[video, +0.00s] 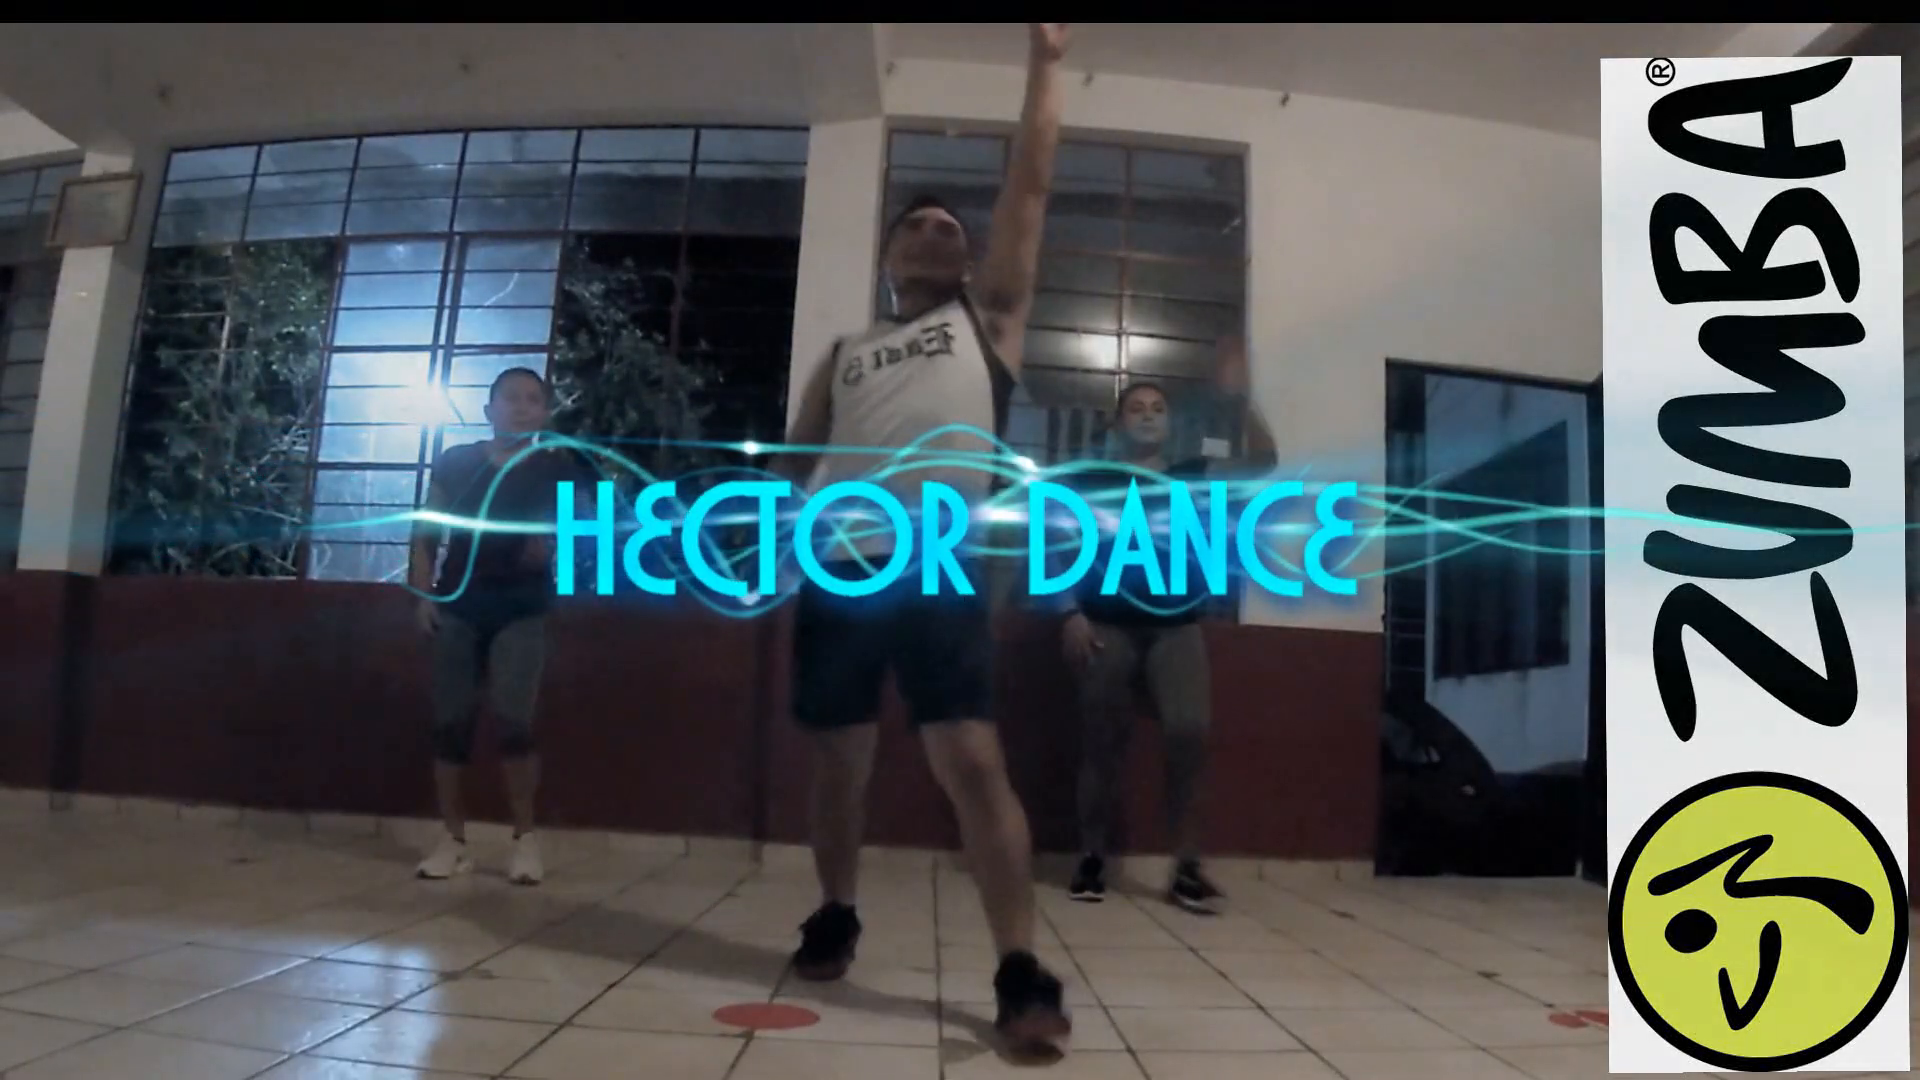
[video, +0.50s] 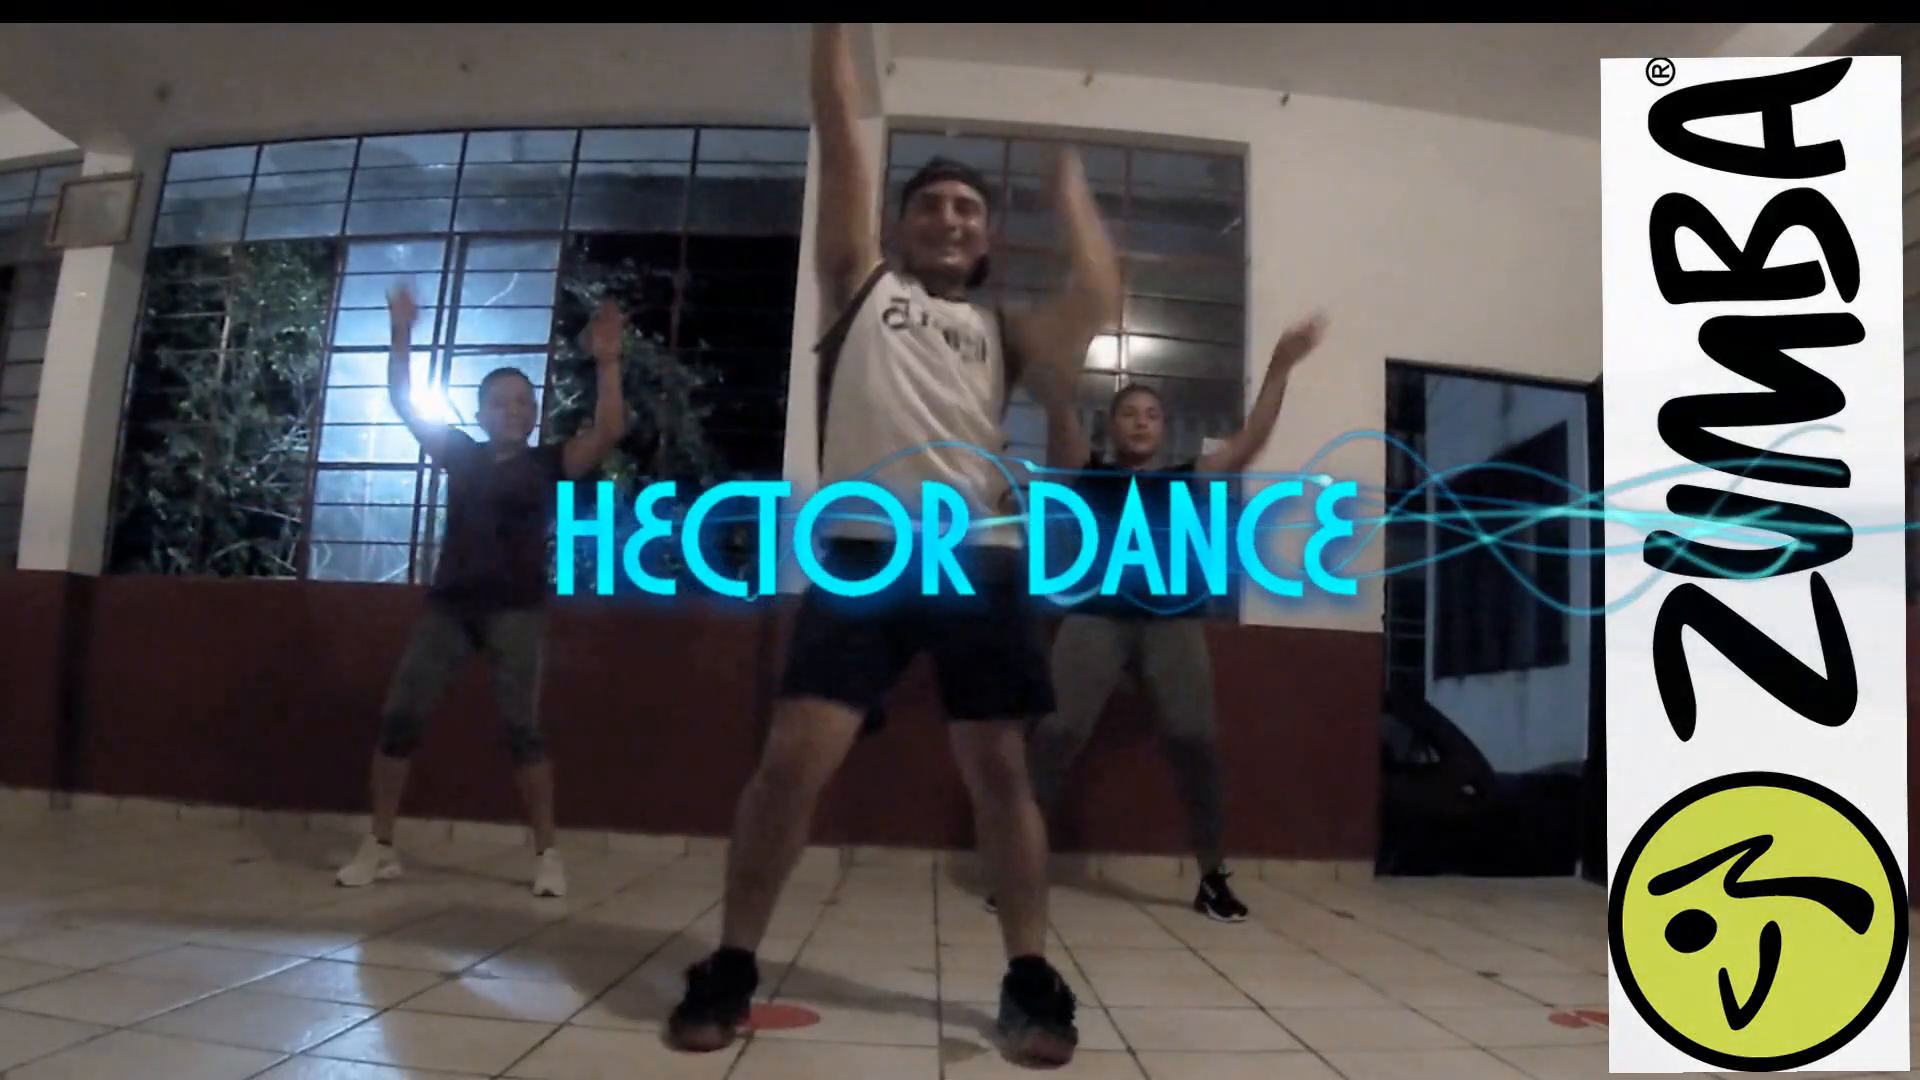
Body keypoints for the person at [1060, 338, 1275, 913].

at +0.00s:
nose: (1147, 417)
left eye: (1156, 409)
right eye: (1137, 409)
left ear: (1170, 420)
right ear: (1119, 421)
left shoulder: (1191, 473)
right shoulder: (1093, 477)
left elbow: (1261, 460)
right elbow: (1061, 548)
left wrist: (1239, 399)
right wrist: (1069, 611)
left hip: (1176, 623)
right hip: (1108, 623)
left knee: (1190, 734)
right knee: (1100, 739)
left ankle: (1188, 865)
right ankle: (1092, 857)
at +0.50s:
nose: (1140, 422)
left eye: (1150, 415)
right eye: (1130, 414)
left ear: (1166, 428)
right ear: (1110, 425)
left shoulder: (1189, 478)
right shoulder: (1087, 476)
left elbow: (1249, 439)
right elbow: (1060, 413)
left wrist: (1280, 366)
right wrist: (1061, 352)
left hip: (1174, 621)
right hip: (1097, 618)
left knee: (1194, 737)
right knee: (1059, 730)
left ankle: (1212, 874)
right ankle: (1018, 864)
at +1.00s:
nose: (1127, 427)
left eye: (1136, 420)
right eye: (1115, 420)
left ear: (1148, 434)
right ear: (1097, 432)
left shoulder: (1165, 494)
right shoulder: (1079, 483)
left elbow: (1189, 551)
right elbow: (1035, 431)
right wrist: (1063, 357)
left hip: (1156, 632)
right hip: (1091, 628)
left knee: (1163, 744)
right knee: (1064, 742)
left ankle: (1144, 854)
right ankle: (1017, 862)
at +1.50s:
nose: (1132, 431)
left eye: (1141, 424)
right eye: (1122, 424)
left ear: (1154, 438)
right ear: (1105, 437)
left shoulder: (1174, 499)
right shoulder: (1081, 496)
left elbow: (1196, 571)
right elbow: (1049, 569)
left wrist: (1189, 602)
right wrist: (1057, 634)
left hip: (1159, 641)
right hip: (1092, 640)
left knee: (1164, 749)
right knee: (1082, 746)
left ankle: (1149, 852)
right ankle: (1071, 854)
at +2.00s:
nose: (1170, 430)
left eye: (1179, 423)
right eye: (1159, 423)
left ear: (1193, 436)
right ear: (1140, 438)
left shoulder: (1219, 485)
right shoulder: (1123, 498)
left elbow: (1269, 423)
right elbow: (1071, 562)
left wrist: (1280, 345)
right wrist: (1069, 626)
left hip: (1219, 635)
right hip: (1142, 637)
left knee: (1244, 741)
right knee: (1109, 743)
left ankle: (1247, 880)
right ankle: (1073, 857)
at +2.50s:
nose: (1140, 414)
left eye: (1149, 409)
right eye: (1129, 407)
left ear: (1159, 429)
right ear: (1106, 423)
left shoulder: (1167, 498)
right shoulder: (1084, 470)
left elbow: (1164, 580)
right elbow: (1055, 390)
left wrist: (1206, 577)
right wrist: (1088, 327)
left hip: (1160, 628)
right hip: (1087, 624)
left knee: (1205, 739)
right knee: (1064, 743)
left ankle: (1234, 877)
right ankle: (1030, 872)